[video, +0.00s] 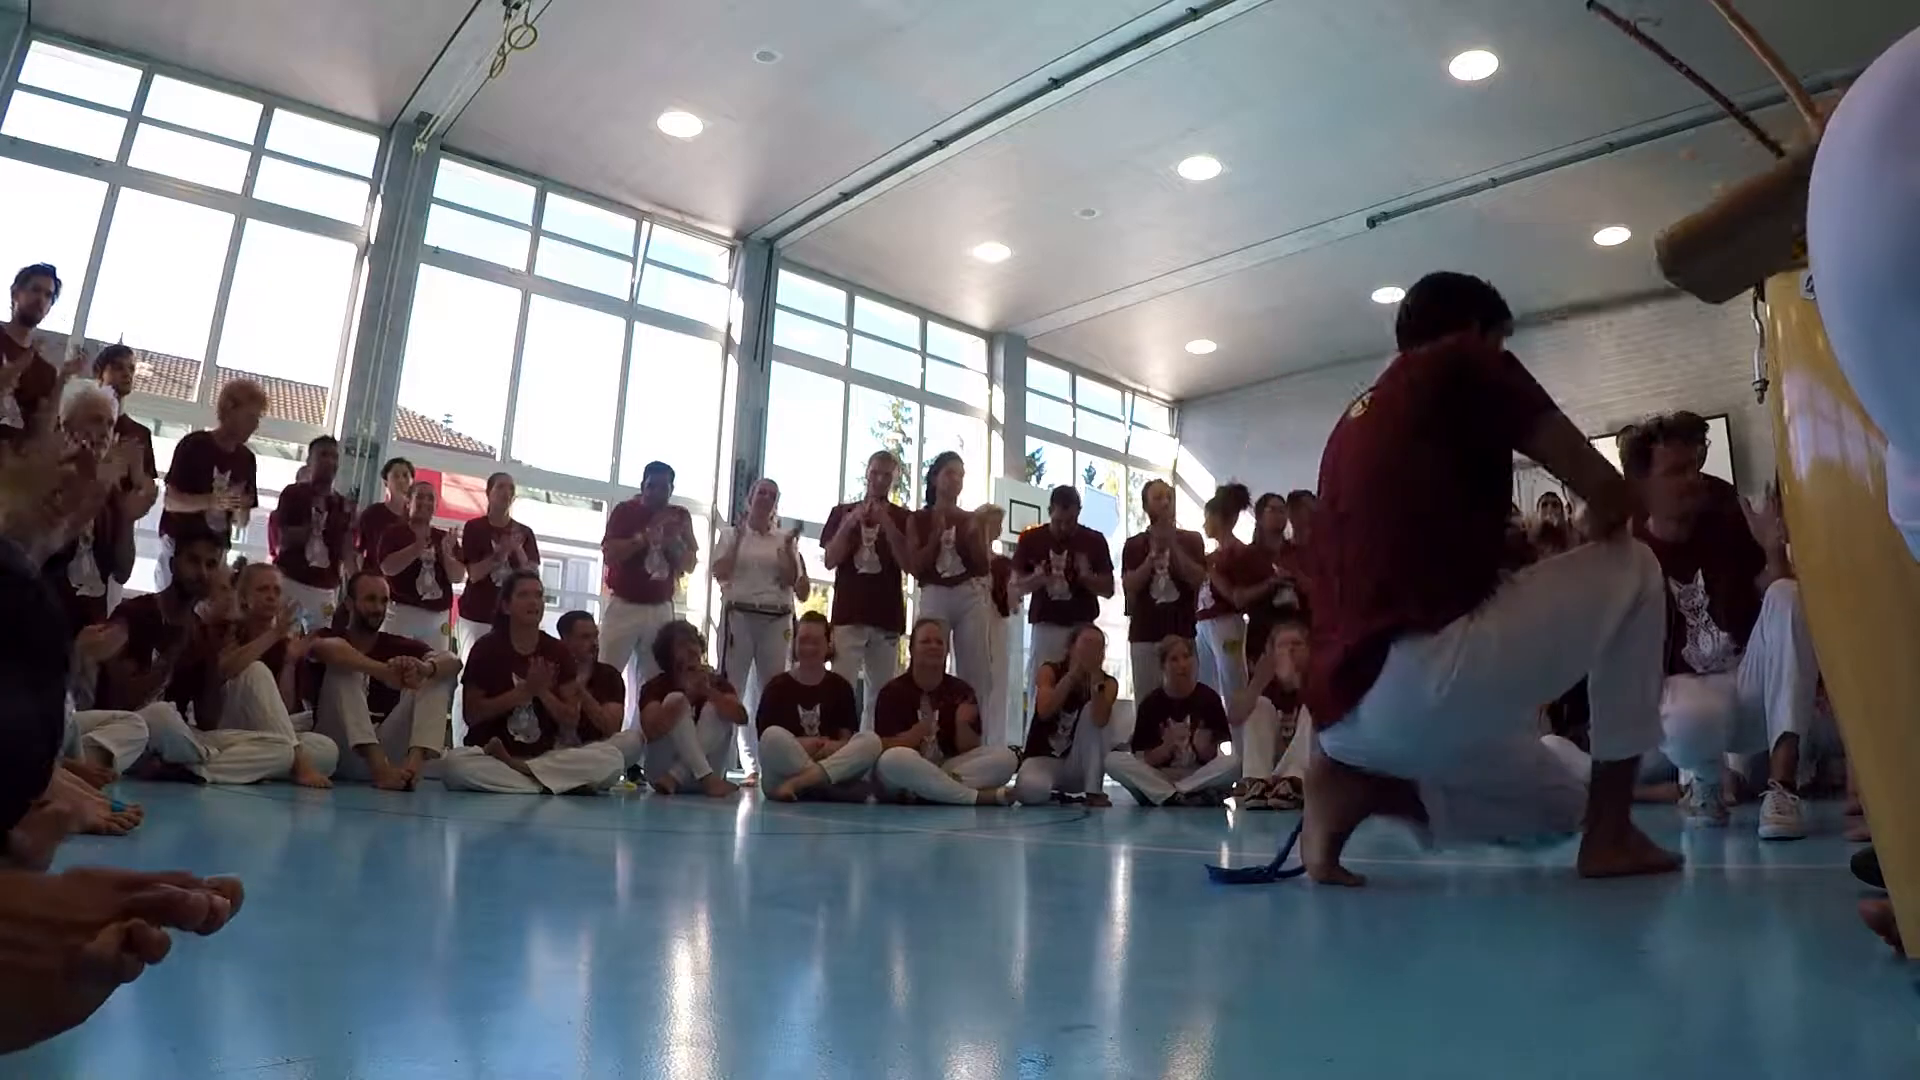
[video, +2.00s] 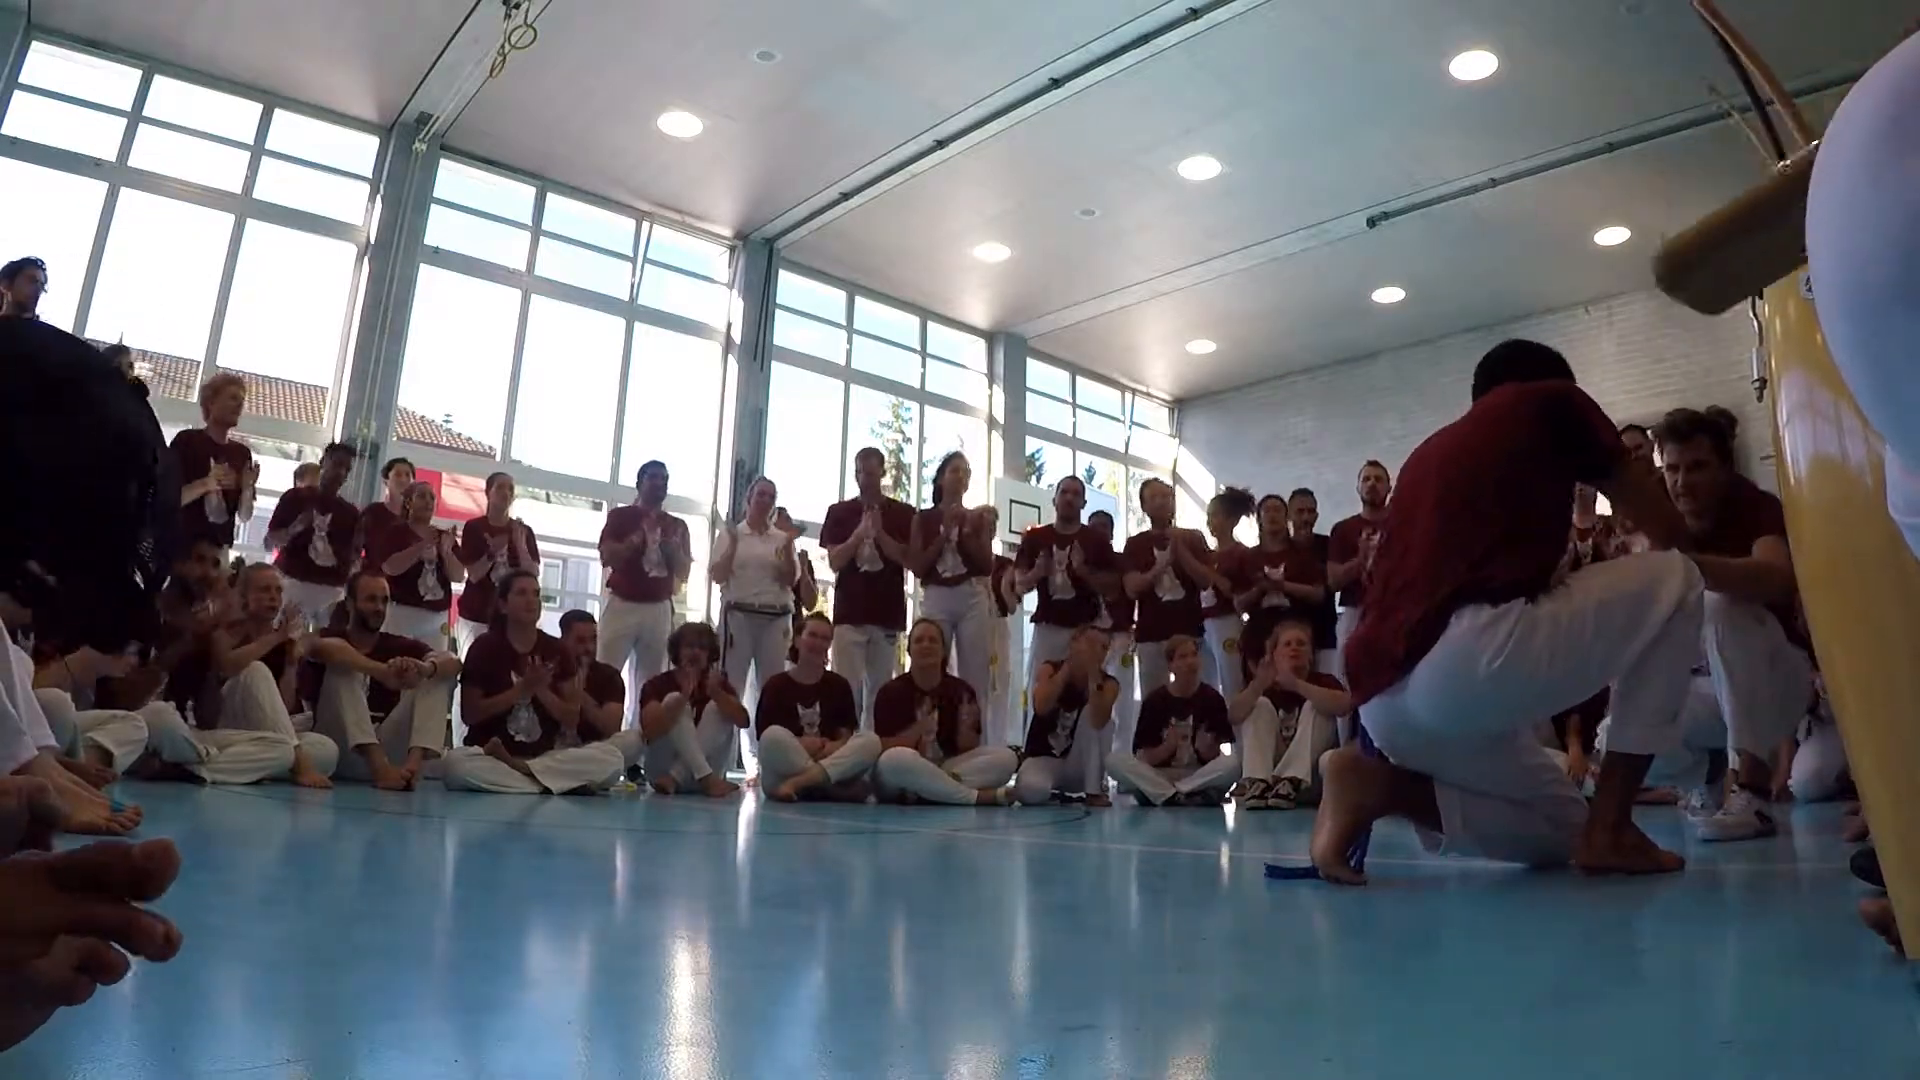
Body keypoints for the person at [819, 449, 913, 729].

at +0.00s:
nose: (878, 479)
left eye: (885, 475)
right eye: (874, 473)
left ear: (895, 478)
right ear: (866, 473)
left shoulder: (903, 517)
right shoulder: (842, 513)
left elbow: (910, 566)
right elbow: (830, 560)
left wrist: (887, 526)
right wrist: (848, 525)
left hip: (887, 619)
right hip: (848, 617)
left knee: (882, 695)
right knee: (842, 692)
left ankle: (880, 755)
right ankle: (839, 755)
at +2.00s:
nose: (863, 477)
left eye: (870, 471)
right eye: (859, 472)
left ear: (882, 472)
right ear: (855, 474)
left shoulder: (904, 513)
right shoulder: (839, 512)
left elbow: (908, 558)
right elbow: (835, 562)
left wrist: (880, 534)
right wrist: (859, 534)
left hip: (888, 617)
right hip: (849, 616)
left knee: (881, 692)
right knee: (846, 691)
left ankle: (879, 754)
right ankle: (844, 755)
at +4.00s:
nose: (862, 479)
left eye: (867, 473)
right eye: (856, 473)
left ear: (873, 476)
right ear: (844, 474)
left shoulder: (888, 512)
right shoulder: (825, 515)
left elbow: (899, 557)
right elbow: (830, 561)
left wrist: (876, 522)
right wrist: (861, 522)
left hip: (879, 619)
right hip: (841, 620)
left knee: (883, 702)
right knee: (836, 698)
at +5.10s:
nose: (865, 476)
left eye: (870, 470)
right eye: (859, 470)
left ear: (875, 474)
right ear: (847, 472)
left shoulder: (890, 512)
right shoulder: (827, 514)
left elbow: (900, 559)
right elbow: (828, 563)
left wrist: (872, 523)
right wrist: (849, 529)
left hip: (879, 617)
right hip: (841, 616)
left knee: (879, 697)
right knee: (836, 694)